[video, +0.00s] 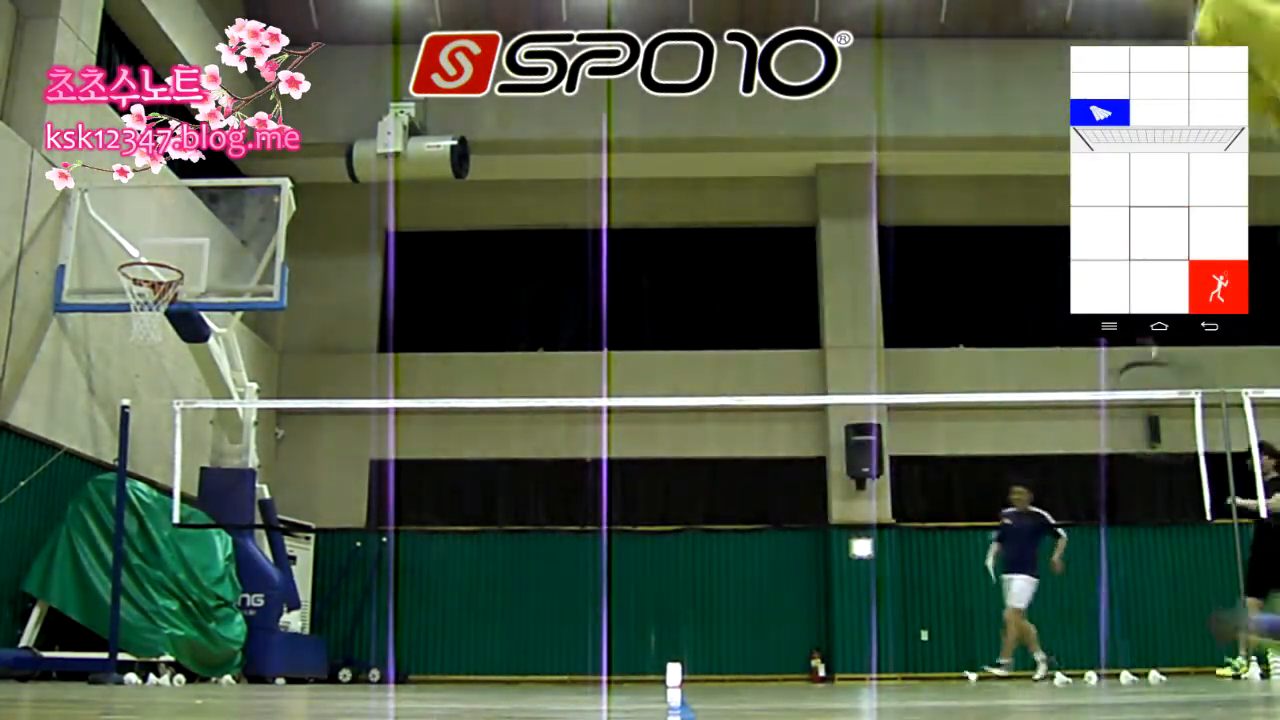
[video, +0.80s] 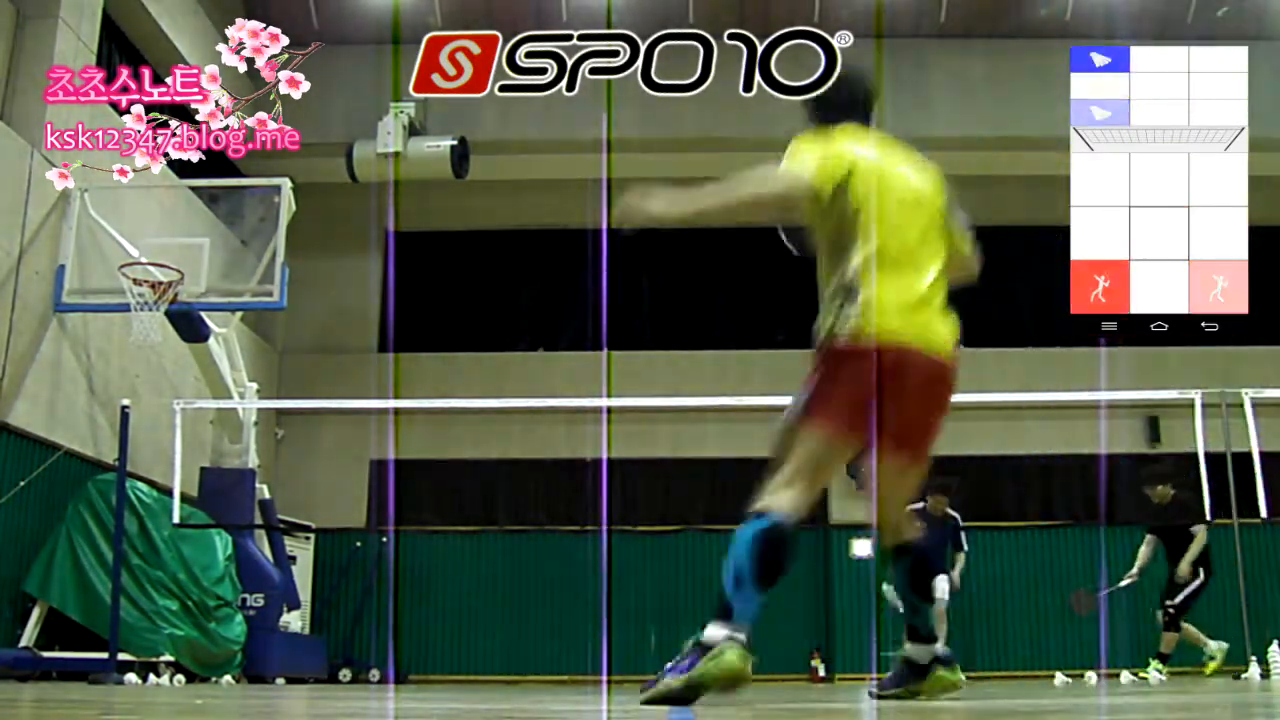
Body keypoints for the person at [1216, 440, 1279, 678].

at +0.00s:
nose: (1256, 465)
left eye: (1260, 460)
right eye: (1255, 460)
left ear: (1272, 461)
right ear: (1262, 462)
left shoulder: (1276, 483)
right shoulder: (1259, 484)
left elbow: (1275, 504)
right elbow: (1262, 508)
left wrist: (1244, 503)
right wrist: (1246, 505)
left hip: (1271, 549)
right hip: (1261, 549)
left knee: (1254, 602)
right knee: (1253, 602)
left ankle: (1246, 656)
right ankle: (1245, 656)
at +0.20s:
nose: (1221, 465)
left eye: (1225, 460)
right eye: (1220, 460)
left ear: (1237, 462)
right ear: (1233, 463)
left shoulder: (1247, 485)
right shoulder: (1228, 489)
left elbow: (1256, 513)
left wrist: (1228, 530)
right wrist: (1219, 536)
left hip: (1247, 551)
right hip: (1229, 551)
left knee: (1241, 600)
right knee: (1229, 602)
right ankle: (1241, 658)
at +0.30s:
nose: (1212, 465)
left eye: (1216, 460)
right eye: (1209, 461)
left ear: (1227, 461)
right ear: (1206, 465)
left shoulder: (1240, 484)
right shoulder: (1211, 490)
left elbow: (1251, 515)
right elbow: (1205, 528)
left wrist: (1233, 543)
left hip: (1239, 548)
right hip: (1219, 549)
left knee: (1228, 602)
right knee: (1228, 604)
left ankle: (1242, 656)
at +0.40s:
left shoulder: (1233, 497)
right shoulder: (1201, 503)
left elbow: (1244, 522)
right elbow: (1192, 530)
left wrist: (1237, 544)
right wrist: (1179, 560)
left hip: (1231, 558)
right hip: (1212, 560)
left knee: (1208, 600)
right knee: (1228, 609)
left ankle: (1213, 657)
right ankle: (1241, 660)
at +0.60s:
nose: (1175, 485)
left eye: (1176, 480)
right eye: (1173, 482)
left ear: (1187, 473)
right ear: (1179, 478)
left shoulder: (1209, 492)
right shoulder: (1182, 501)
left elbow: (1229, 518)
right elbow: (1168, 531)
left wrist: (1221, 549)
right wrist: (1151, 561)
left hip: (1210, 564)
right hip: (1193, 566)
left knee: (1182, 606)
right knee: (1207, 618)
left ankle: (1166, 660)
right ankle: (1239, 659)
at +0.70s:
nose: (1160, 488)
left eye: (1163, 483)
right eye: (1159, 484)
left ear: (1178, 480)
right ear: (1164, 485)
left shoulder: (1197, 500)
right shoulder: (1169, 507)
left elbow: (1217, 527)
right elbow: (1157, 537)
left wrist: (1205, 558)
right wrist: (1141, 563)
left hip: (1197, 571)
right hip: (1181, 573)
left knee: (1171, 610)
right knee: (1191, 626)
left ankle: (1158, 666)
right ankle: (1234, 657)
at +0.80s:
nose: (1151, 496)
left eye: (1153, 491)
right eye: (1149, 493)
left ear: (1166, 487)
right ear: (1150, 492)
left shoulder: (1185, 504)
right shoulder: (1158, 511)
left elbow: (1202, 534)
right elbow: (1149, 543)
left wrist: (1186, 562)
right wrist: (1136, 569)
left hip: (1197, 567)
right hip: (1176, 568)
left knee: (1172, 611)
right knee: (1168, 617)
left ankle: (1159, 666)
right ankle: (1211, 647)